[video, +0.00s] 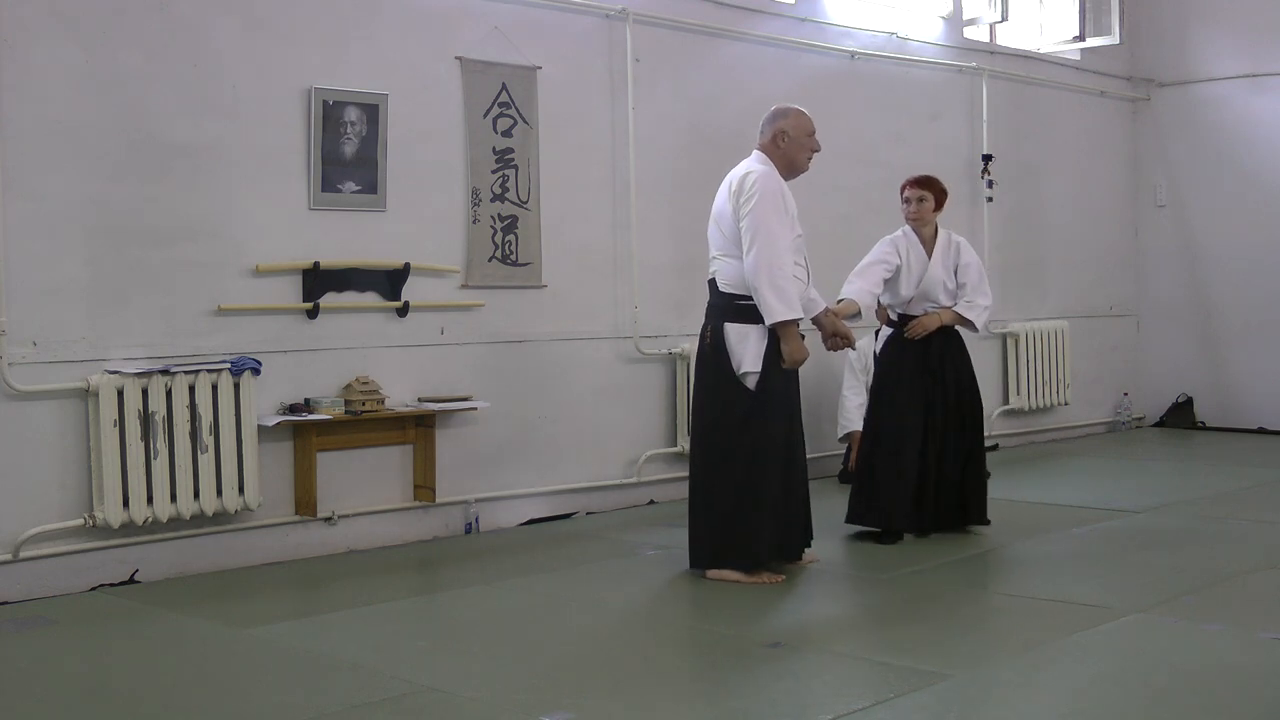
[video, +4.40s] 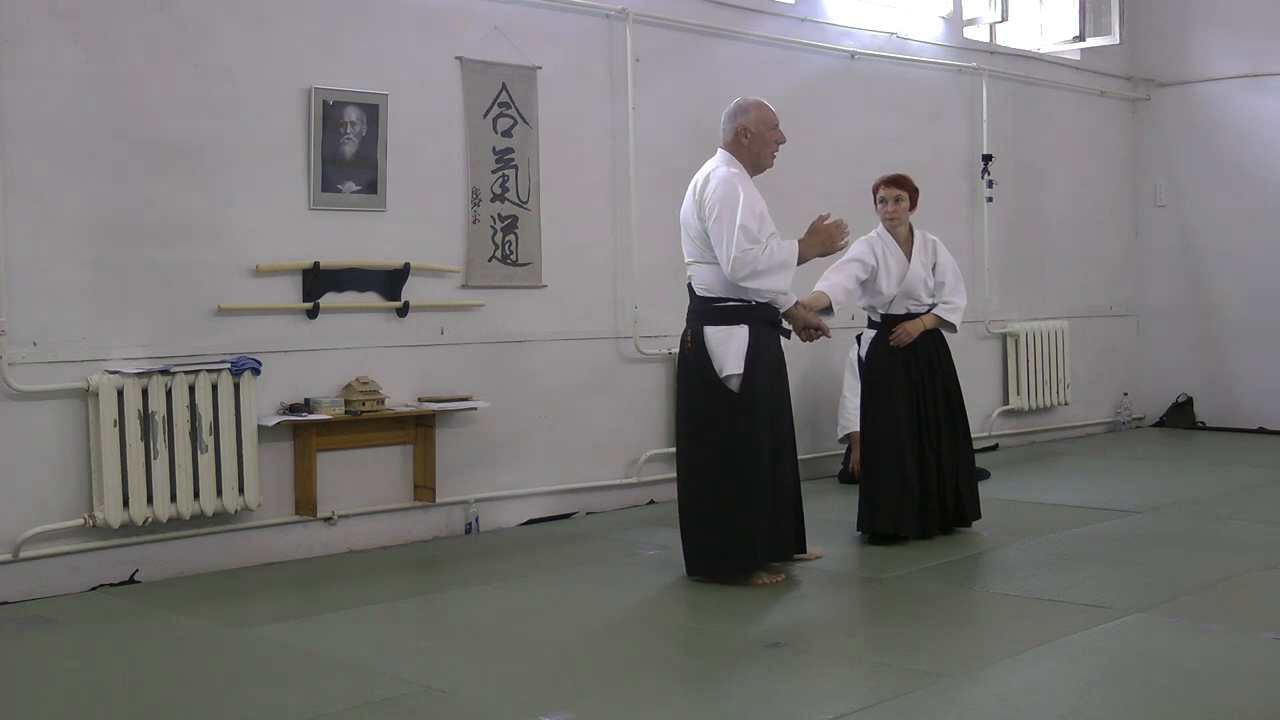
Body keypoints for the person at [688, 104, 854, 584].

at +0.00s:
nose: (816, 148)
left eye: (815, 140)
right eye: (810, 139)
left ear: (778, 140)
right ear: (779, 139)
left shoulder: (767, 182)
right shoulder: (759, 181)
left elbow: (788, 265)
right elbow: (763, 262)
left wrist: (823, 314)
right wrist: (788, 333)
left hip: (762, 323)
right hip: (744, 323)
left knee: (774, 437)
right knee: (738, 441)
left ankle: (776, 545)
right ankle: (725, 558)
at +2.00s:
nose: (782, 137)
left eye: (783, 129)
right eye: (772, 128)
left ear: (746, 134)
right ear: (740, 132)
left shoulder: (743, 181)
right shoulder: (730, 182)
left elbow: (764, 263)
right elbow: (736, 262)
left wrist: (804, 305)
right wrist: (764, 330)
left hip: (755, 327)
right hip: (730, 331)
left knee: (770, 440)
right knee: (734, 447)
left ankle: (778, 542)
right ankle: (731, 559)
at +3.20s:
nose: (776, 138)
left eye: (774, 129)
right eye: (768, 129)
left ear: (735, 134)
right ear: (737, 134)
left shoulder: (725, 180)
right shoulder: (721, 182)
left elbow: (742, 263)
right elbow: (735, 258)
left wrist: (790, 306)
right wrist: (794, 264)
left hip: (748, 325)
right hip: (727, 329)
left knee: (769, 438)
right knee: (734, 446)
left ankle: (776, 541)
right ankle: (734, 561)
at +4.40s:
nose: (781, 140)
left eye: (779, 132)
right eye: (773, 131)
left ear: (740, 135)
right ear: (743, 135)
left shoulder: (728, 179)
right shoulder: (725, 182)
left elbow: (747, 265)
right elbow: (741, 263)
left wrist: (790, 309)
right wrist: (804, 248)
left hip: (749, 325)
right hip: (728, 328)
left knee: (766, 438)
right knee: (732, 444)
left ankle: (775, 540)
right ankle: (731, 560)